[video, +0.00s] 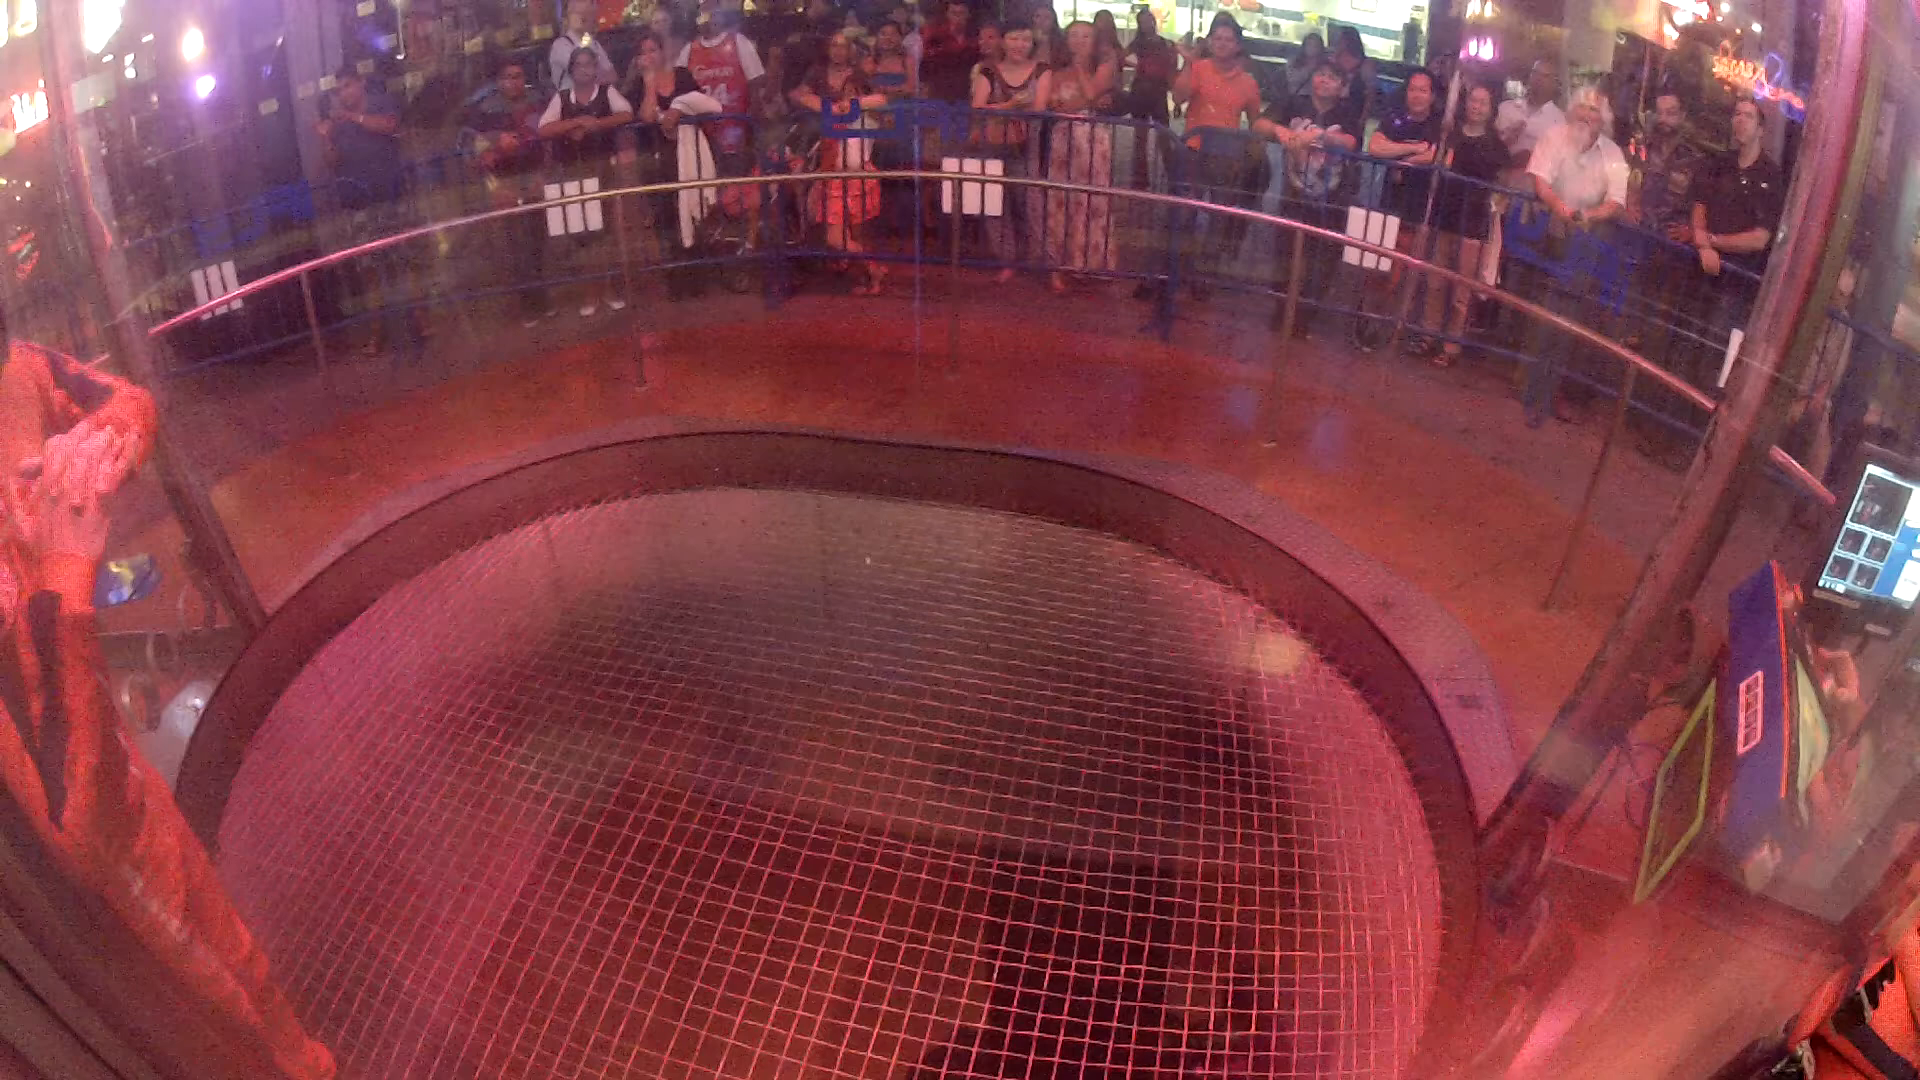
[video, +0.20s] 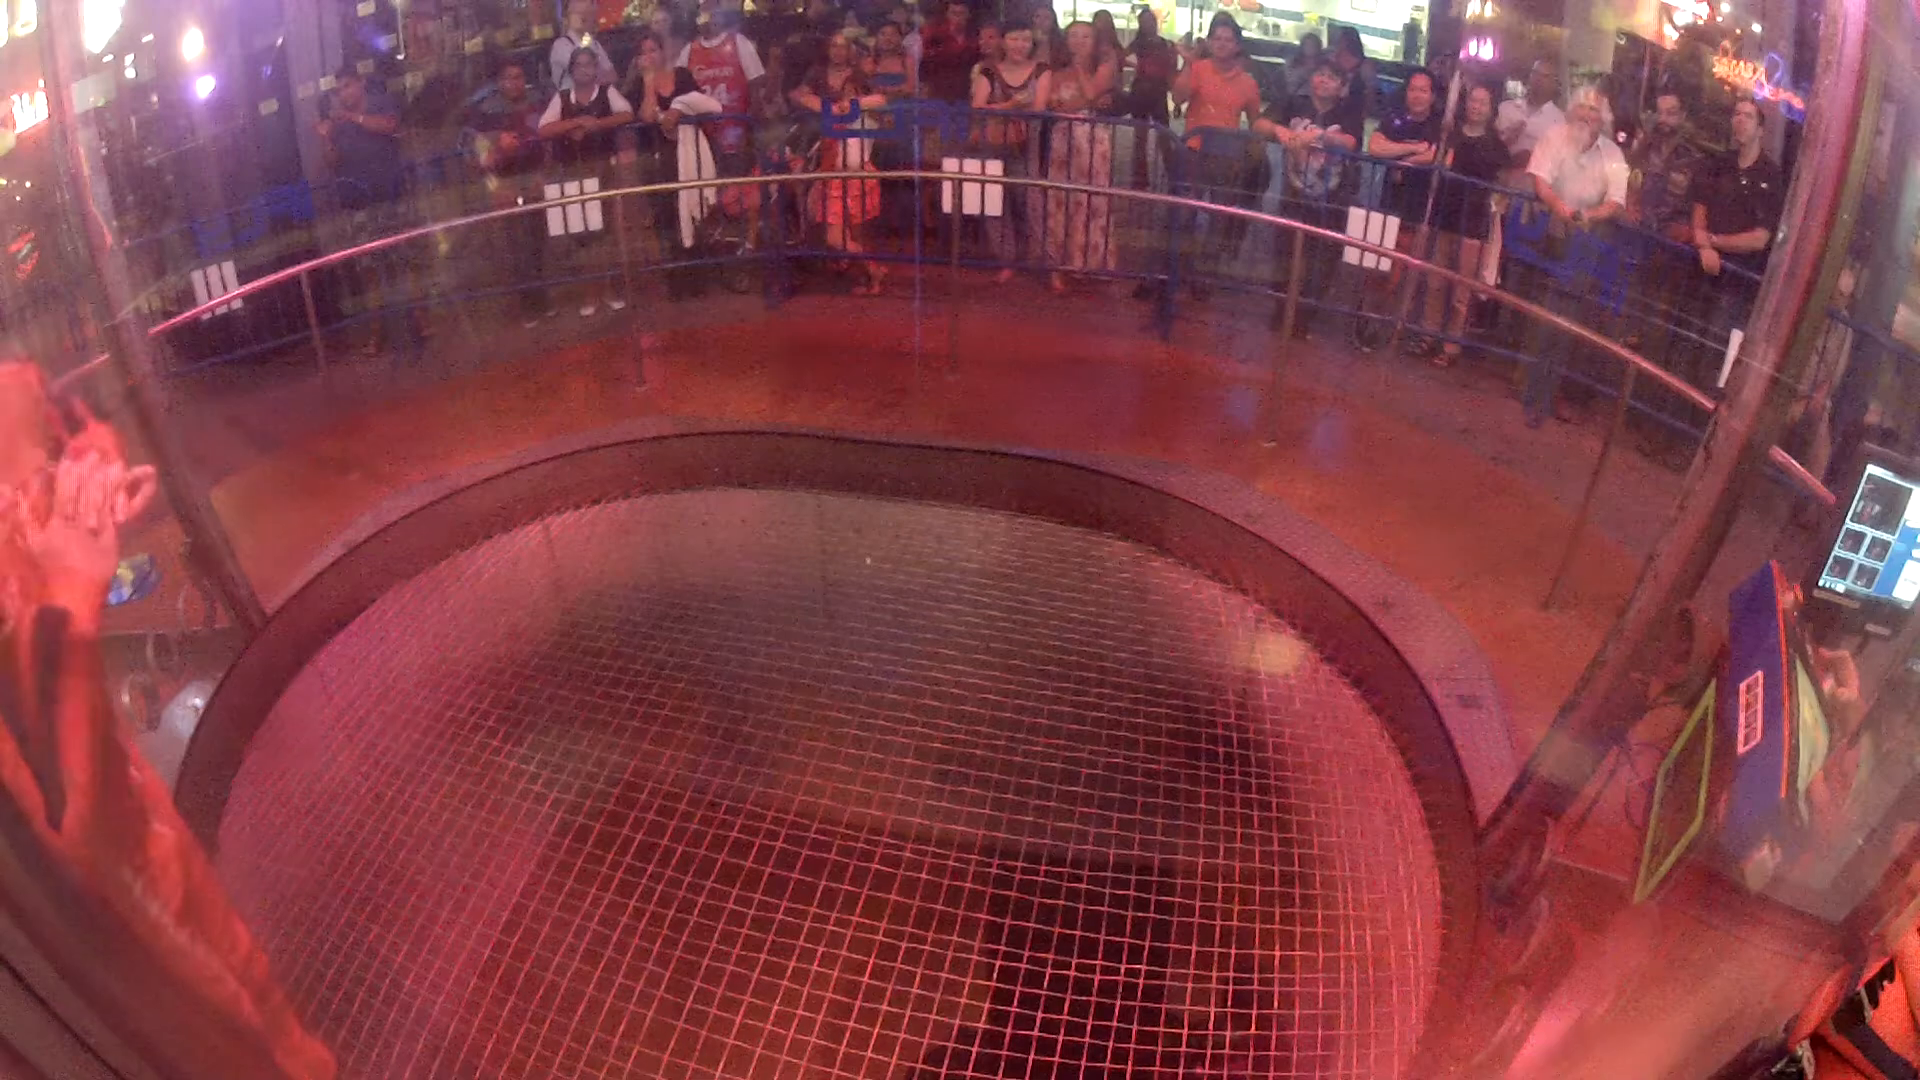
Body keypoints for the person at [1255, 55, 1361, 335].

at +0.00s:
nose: (1323, 81)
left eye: (1331, 78)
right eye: (1320, 75)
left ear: (1342, 89)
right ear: (1311, 80)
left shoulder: (1347, 115)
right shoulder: (1295, 105)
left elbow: (1352, 143)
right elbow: (1259, 124)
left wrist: (1320, 135)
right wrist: (1280, 131)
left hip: (1330, 202)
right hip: (1294, 196)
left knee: (1322, 262)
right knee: (1286, 253)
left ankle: (1306, 316)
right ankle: (1281, 309)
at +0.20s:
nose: (1323, 81)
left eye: (1330, 78)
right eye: (1319, 74)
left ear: (1341, 88)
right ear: (1310, 79)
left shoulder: (1348, 112)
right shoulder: (1295, 104)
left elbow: (1351, 143)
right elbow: (1259, 124)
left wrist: (1321, 136)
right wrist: (1282, 133)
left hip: (1331, 201)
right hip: (1295, 195)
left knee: (1322, 260)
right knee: (1286, 251)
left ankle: (1306, 316)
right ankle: (1281, 307)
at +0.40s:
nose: (1322, 81)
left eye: (1330, 78)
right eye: (1319, 75)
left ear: (1341, 88)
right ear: (1309, 80)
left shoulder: (1349, 111)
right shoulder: (1295, 104)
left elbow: (1351, 143)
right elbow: (1259, 124)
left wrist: (1320, 135)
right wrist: (1281, 132)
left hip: (1331, 200)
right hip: (1294, 194)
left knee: (1322, 261)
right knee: (1286, 252)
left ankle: (1306, 316)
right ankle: (1281, 308)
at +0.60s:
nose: (1323, 81)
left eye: (1330, 78)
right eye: (1320, 75)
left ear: (1342, 89)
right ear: (1311, 80)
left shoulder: (1349, 112)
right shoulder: (1294, 104)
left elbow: (1351, 143)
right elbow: (1259, 124)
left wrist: (1320, 137)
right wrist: (1282, 133)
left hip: (1331, 201)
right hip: (1294, 195)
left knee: (1322, 262)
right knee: (1287, 253)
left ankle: (1306, 317)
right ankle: (1281, 309)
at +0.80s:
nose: (1324, 81)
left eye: (1331, 78)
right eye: (1320, 75)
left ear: (1342, 89)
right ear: (1312, 79)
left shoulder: (1348, 111)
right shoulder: (1294, 103)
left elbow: (1351, 143)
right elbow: (1259, 124)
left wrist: (1321, 136)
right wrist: (1282, 132)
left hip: (1331, 201)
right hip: (1295, 194)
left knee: (1322, 261)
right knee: (1287, 252)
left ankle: (1306, 317)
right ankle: (1281, 308)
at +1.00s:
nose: (1341, 88)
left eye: (1343, 83)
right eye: (1335, 81)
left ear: (1346, 87)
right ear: (1316, 80)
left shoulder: (1348, 112)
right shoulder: (1293, 104)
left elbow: (1352, 143)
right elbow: (1258, 123)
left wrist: (1321, 136)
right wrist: (1282, 132)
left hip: (1331, 202)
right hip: (1295, 196)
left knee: (1323, 262)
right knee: (1287, 254)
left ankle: (1306, 317)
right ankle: (1281, 310)